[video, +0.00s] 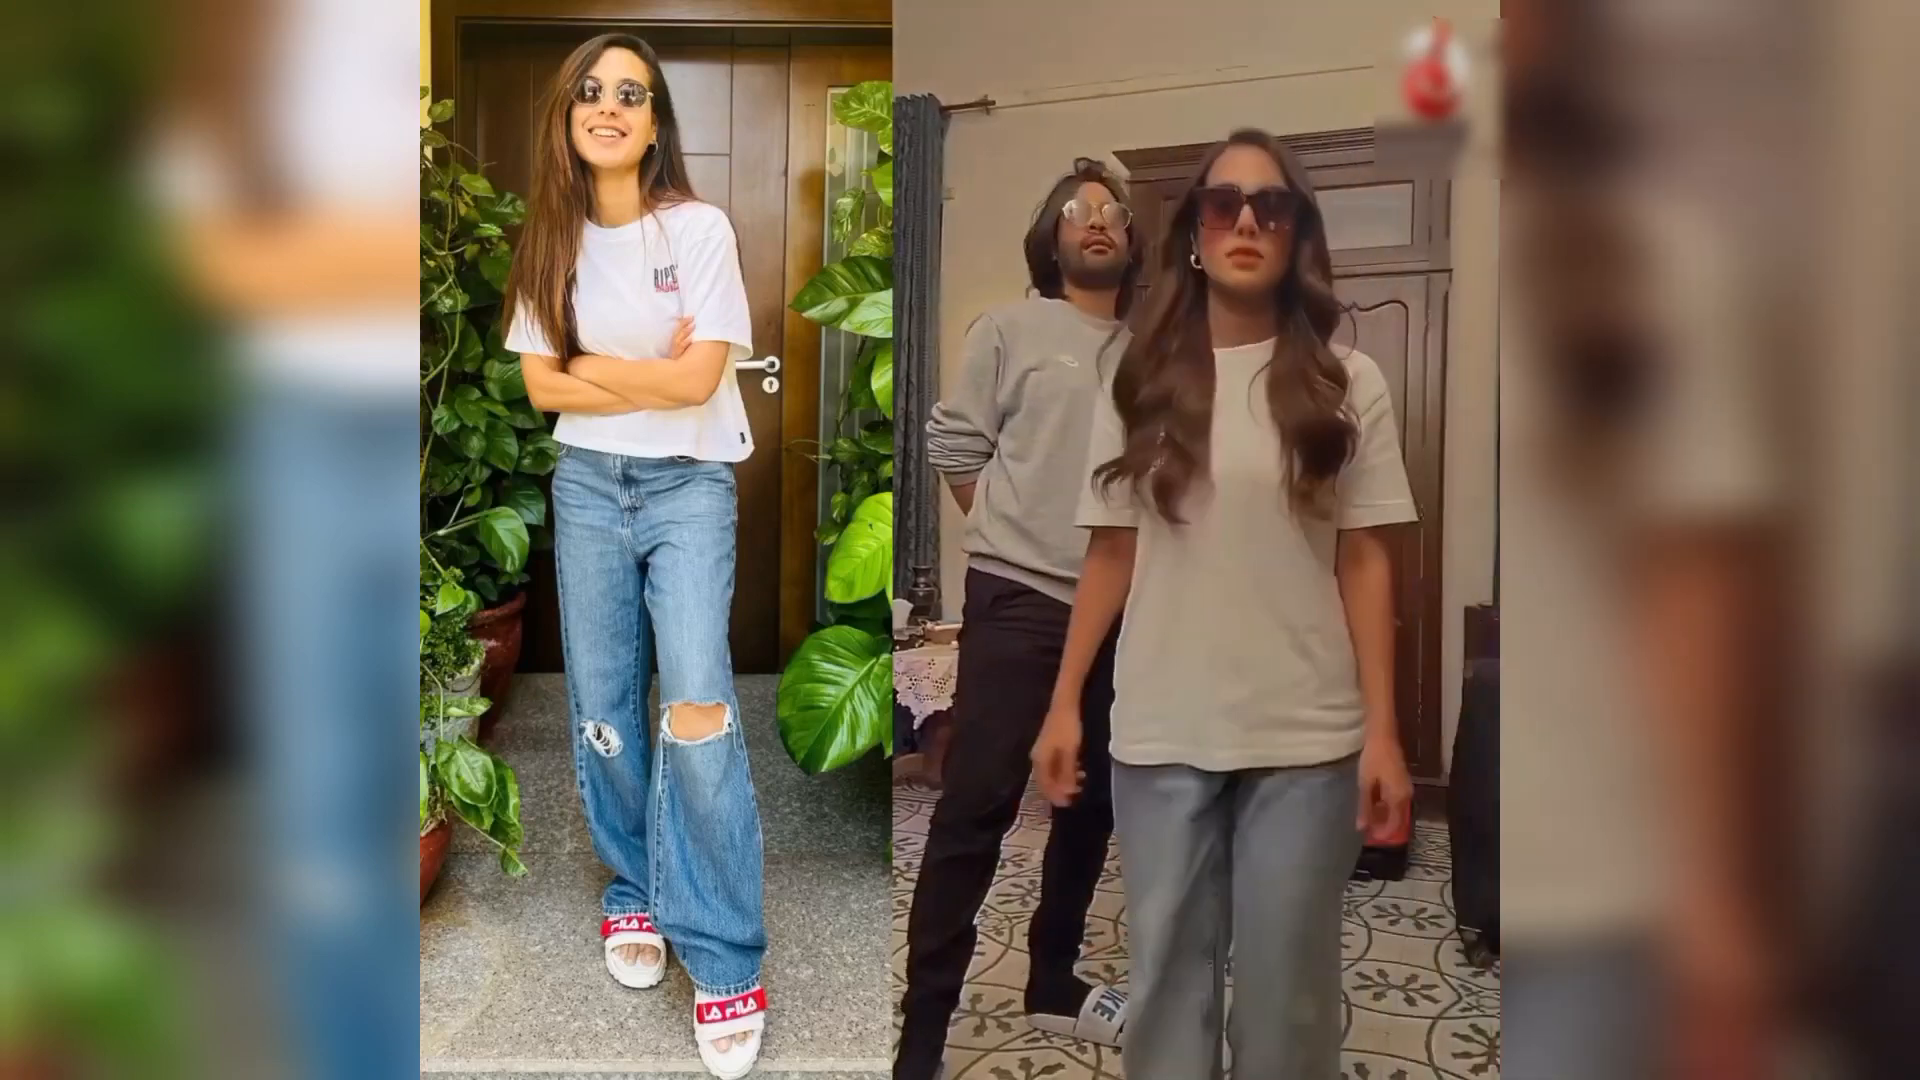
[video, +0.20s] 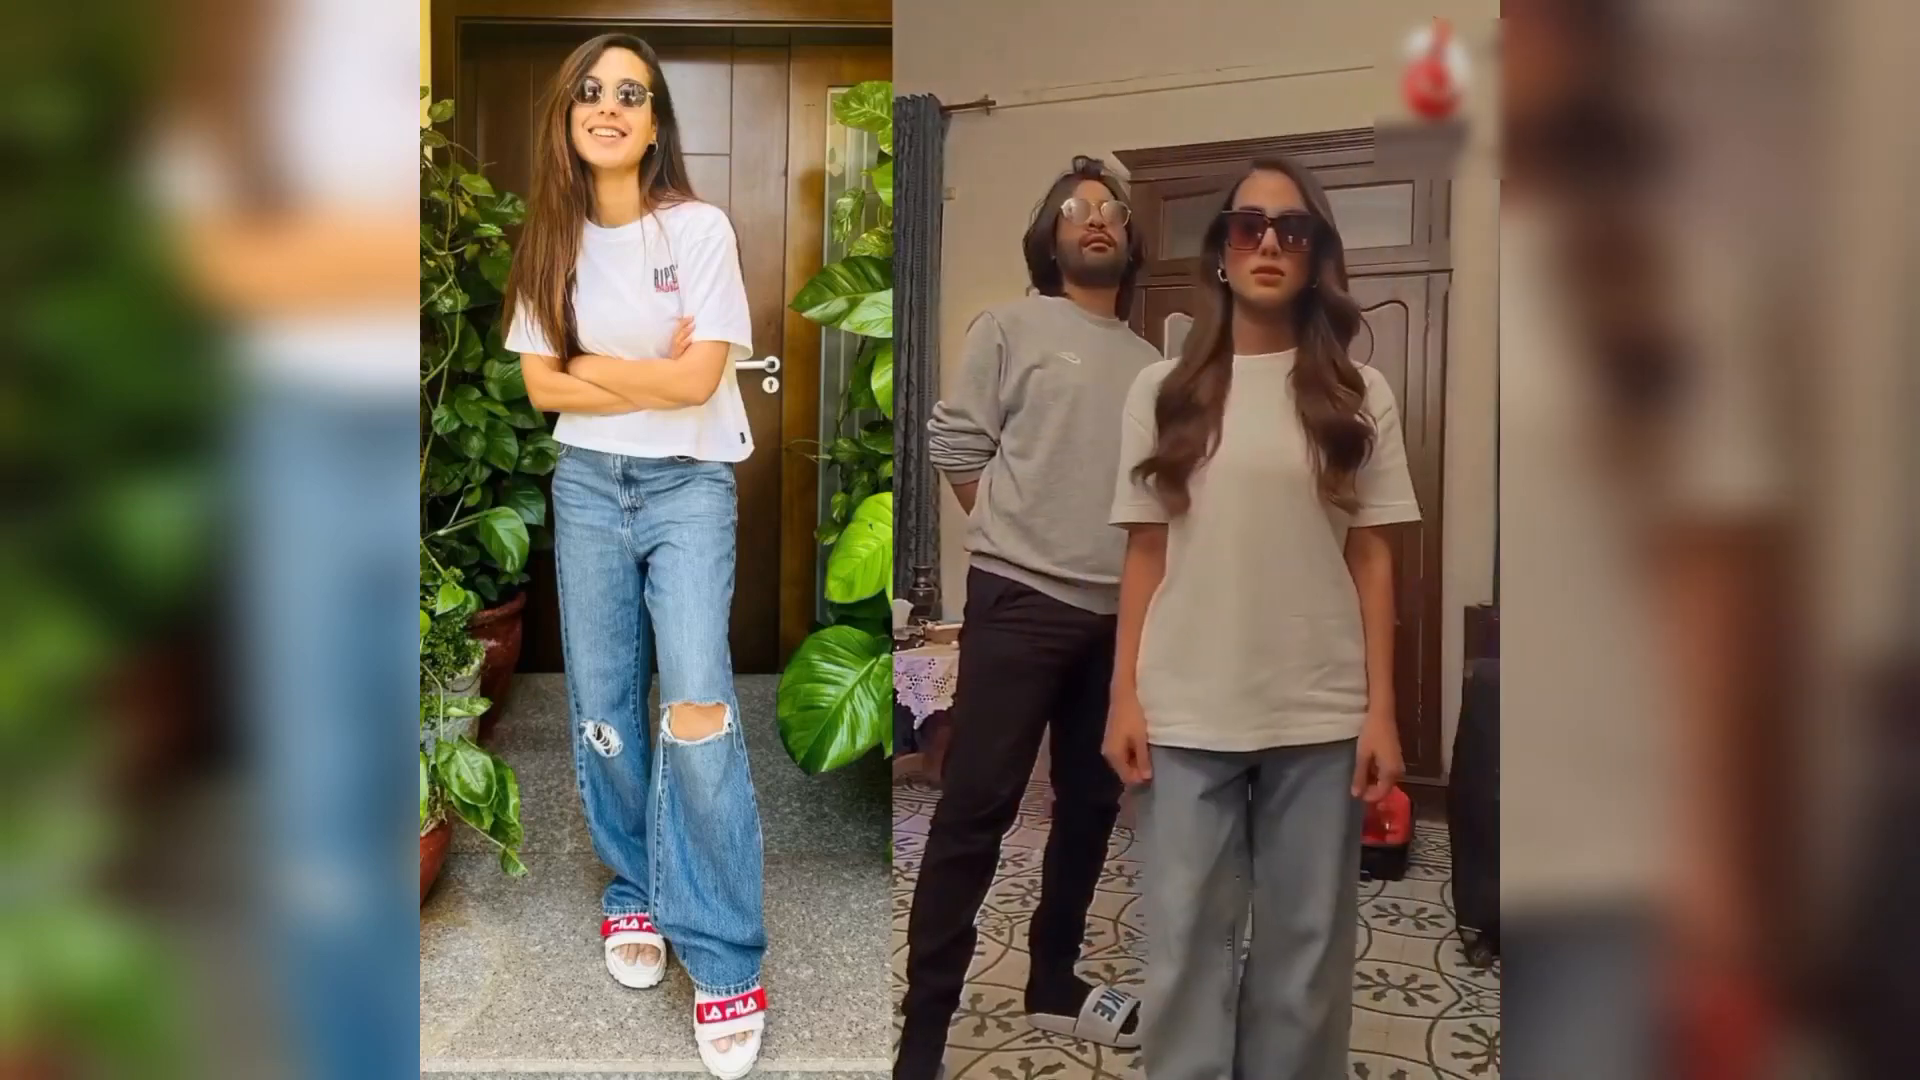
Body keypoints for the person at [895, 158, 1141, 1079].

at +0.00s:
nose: (1094, 224)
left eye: (1108, 212)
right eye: (1077, 214)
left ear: (1133, 235)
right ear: (1051, 237)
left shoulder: (1160, 345)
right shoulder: (1008, 331)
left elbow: (1179, 477)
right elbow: (956, 456)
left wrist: (1127, 549)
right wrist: (1009, 541)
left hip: (1122, 599)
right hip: (1015, 593)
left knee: (1091, 801)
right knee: (976, 802)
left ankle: (1055, 981)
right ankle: (927, 1024)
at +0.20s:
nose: (1098, 219)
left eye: (1111, 209)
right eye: (1079, 209)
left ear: (1130, 236)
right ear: (1047, 236)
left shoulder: (1152, 359)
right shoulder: (1007, 328)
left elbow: (1165, 488)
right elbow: (958, 454)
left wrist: (1118, 557)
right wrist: (1010, 548)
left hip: (1120, 607)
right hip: (1017, 598)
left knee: (1090, 804)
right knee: (975, 811)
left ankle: (1055, 987)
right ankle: (925, 1029)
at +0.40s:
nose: (1100, 219)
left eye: (1113, 209)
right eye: (1081, 209)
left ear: (1133, 237)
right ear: (1050, 237)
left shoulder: (1158, 360)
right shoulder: (1010, 327)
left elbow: (1170, 492)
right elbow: (961, 455)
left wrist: (1121, 561)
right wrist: (1013, 548)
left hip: (1123, 610)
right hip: (1018, 601)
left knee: (1091, 806)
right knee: (975, 812)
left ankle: (1055, 986)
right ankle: (923, 1034)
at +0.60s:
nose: (1103, 217)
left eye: (1117, 207)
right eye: (1084, 208)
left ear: (1137, 238)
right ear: (1055, 237)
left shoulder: (1161, 359)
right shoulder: (1015, 324)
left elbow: (1173, 490)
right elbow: (967, 455)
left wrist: (1128, 565)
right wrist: (1016, 552)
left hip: (1125, 609)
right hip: (1019, 600)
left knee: (1092, 804)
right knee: (974, 812)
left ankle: (1056, 984)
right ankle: (923, 1037)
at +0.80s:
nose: (1106, 217)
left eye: (1121, 206)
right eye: (1088, 207)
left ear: (1142, 235)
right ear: (1059, 236)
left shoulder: (1165, 357)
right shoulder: (1018, 324)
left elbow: (1176, 488)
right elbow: (969, 454)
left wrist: (1122, 556)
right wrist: (1020, 550)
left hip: (1126, 607)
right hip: (1021, 598)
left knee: (1095, 803)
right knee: (975, 809)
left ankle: (1056, 984)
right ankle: (925, 1030)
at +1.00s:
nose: (1119, 220)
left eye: (1130, 210)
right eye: (1098, 210)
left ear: (1148, 240)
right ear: (1066, 239)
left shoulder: (1166, 360)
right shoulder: (1022, 326)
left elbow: (1179, 492)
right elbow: (972, 458)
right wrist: (1018, 553)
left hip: (1127, 608)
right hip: (1022, 598)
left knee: (1096, 804)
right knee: (975, 812)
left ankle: (1056, 985)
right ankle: (923, 1033)